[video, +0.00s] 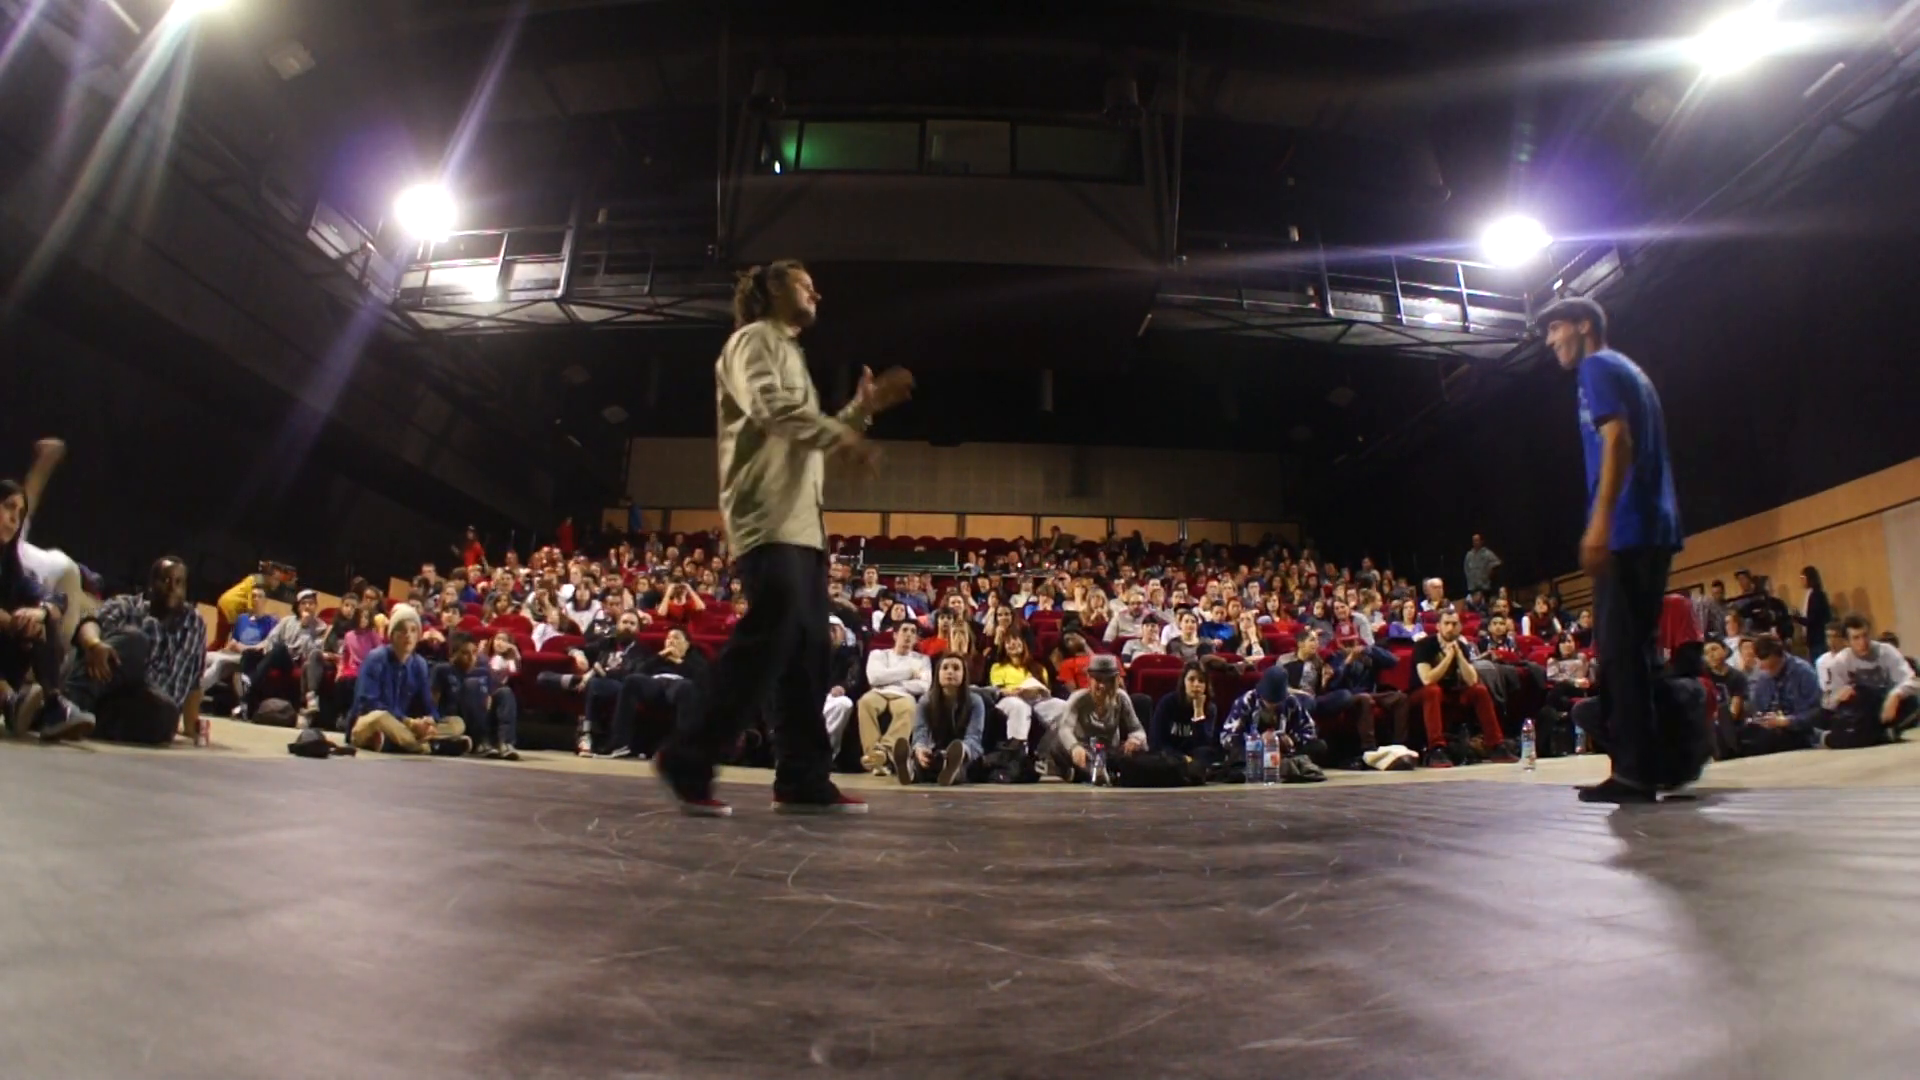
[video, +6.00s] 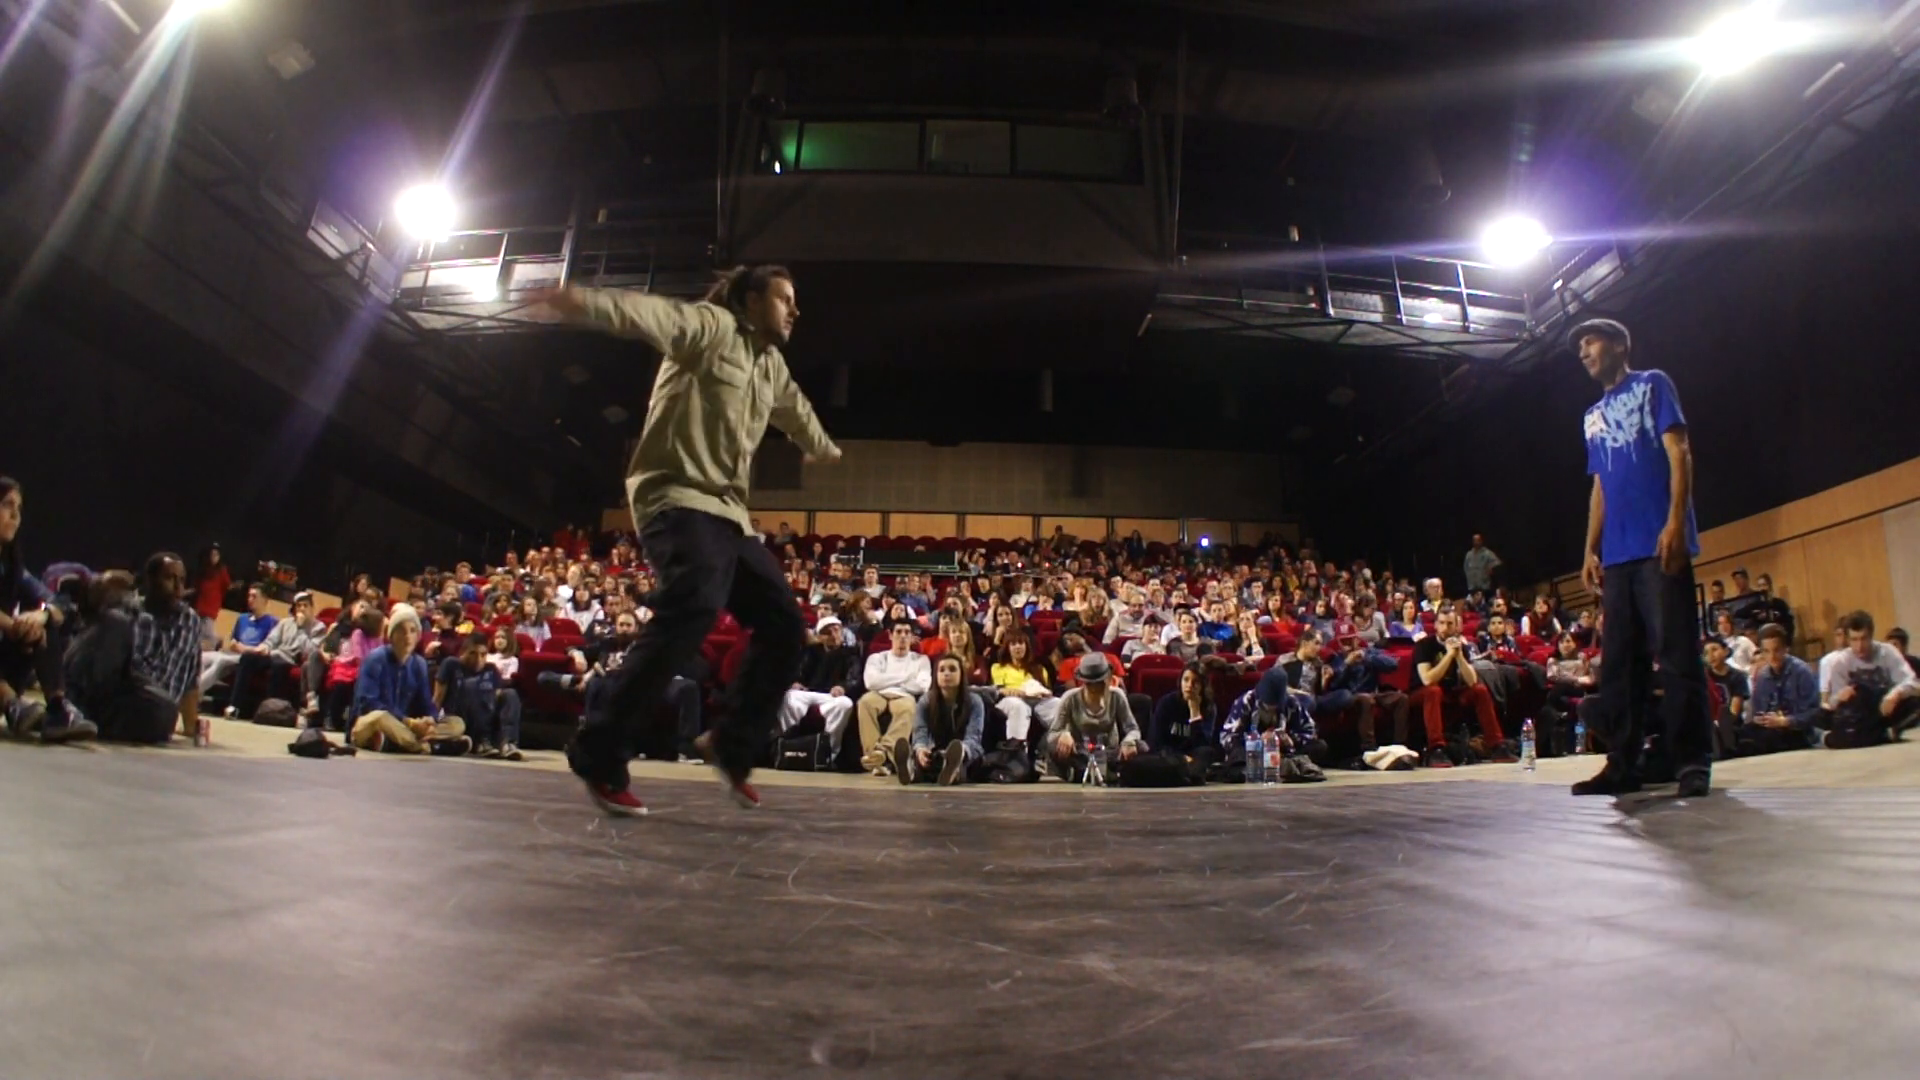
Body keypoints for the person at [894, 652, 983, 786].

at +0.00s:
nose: (950, 672)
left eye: (956, 668)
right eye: (945, 668)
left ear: (964, 674)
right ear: (937, 673)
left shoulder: (975, 701)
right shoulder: (925, 701)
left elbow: (974, 738)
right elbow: (920, 731)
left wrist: (960, 751)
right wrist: (919, 748)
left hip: (962, 751)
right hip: (933, 749)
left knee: (956, 763)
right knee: (919, 761)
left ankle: (949, 773)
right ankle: (910, 769)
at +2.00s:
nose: (947, 672)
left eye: (953, 668)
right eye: (942, 668)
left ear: (962, 673)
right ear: (935, 673)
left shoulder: (974, 701)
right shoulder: (925, 701)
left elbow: (974, 737)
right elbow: (920, 730)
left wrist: (961, 750)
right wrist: (920, 748)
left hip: (962, 752)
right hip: (933, 750)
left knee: (955, 763)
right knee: (918, 762)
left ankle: (949, 774)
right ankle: (909, 769)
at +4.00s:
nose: (947, 673)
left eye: (952, 668)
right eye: (942, 669)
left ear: (961, 674)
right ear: (935, 674)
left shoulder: (974, 701)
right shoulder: (925, 701)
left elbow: (974, 738)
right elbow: (920, 731)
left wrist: (961, 751)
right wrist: (920, 748)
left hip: (962, 750)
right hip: (933, 750)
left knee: (955, 762)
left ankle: (949, 773)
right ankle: (910, 768)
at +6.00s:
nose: (947, 674)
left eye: (952, 669)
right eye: (942, 670)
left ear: (961, 674)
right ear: (936, 674)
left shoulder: (974, 701)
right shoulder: (925, 701)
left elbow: (974, 738)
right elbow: (920, 730)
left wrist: (962, 751)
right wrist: (920, 747)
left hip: (962, 751)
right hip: (934, 750)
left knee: (955, 762)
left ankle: (949, 773)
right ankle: (911, 768)